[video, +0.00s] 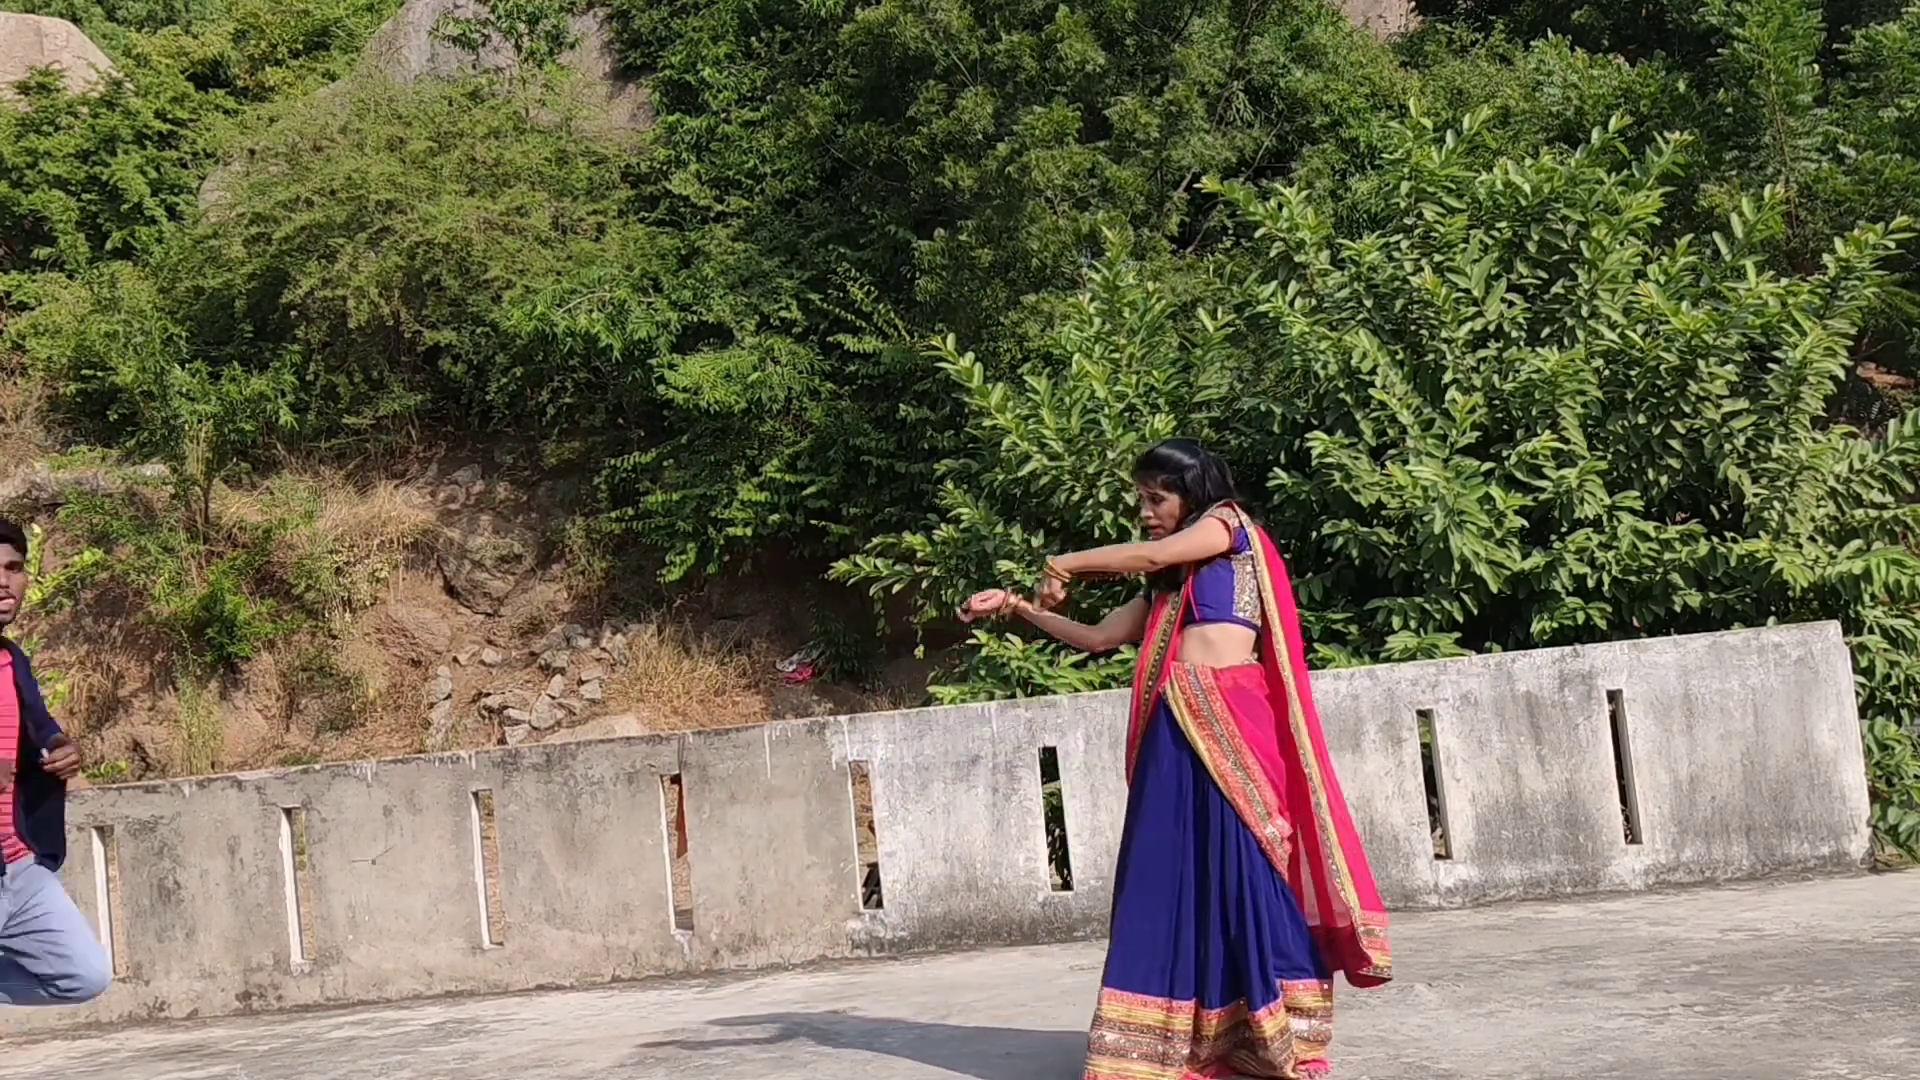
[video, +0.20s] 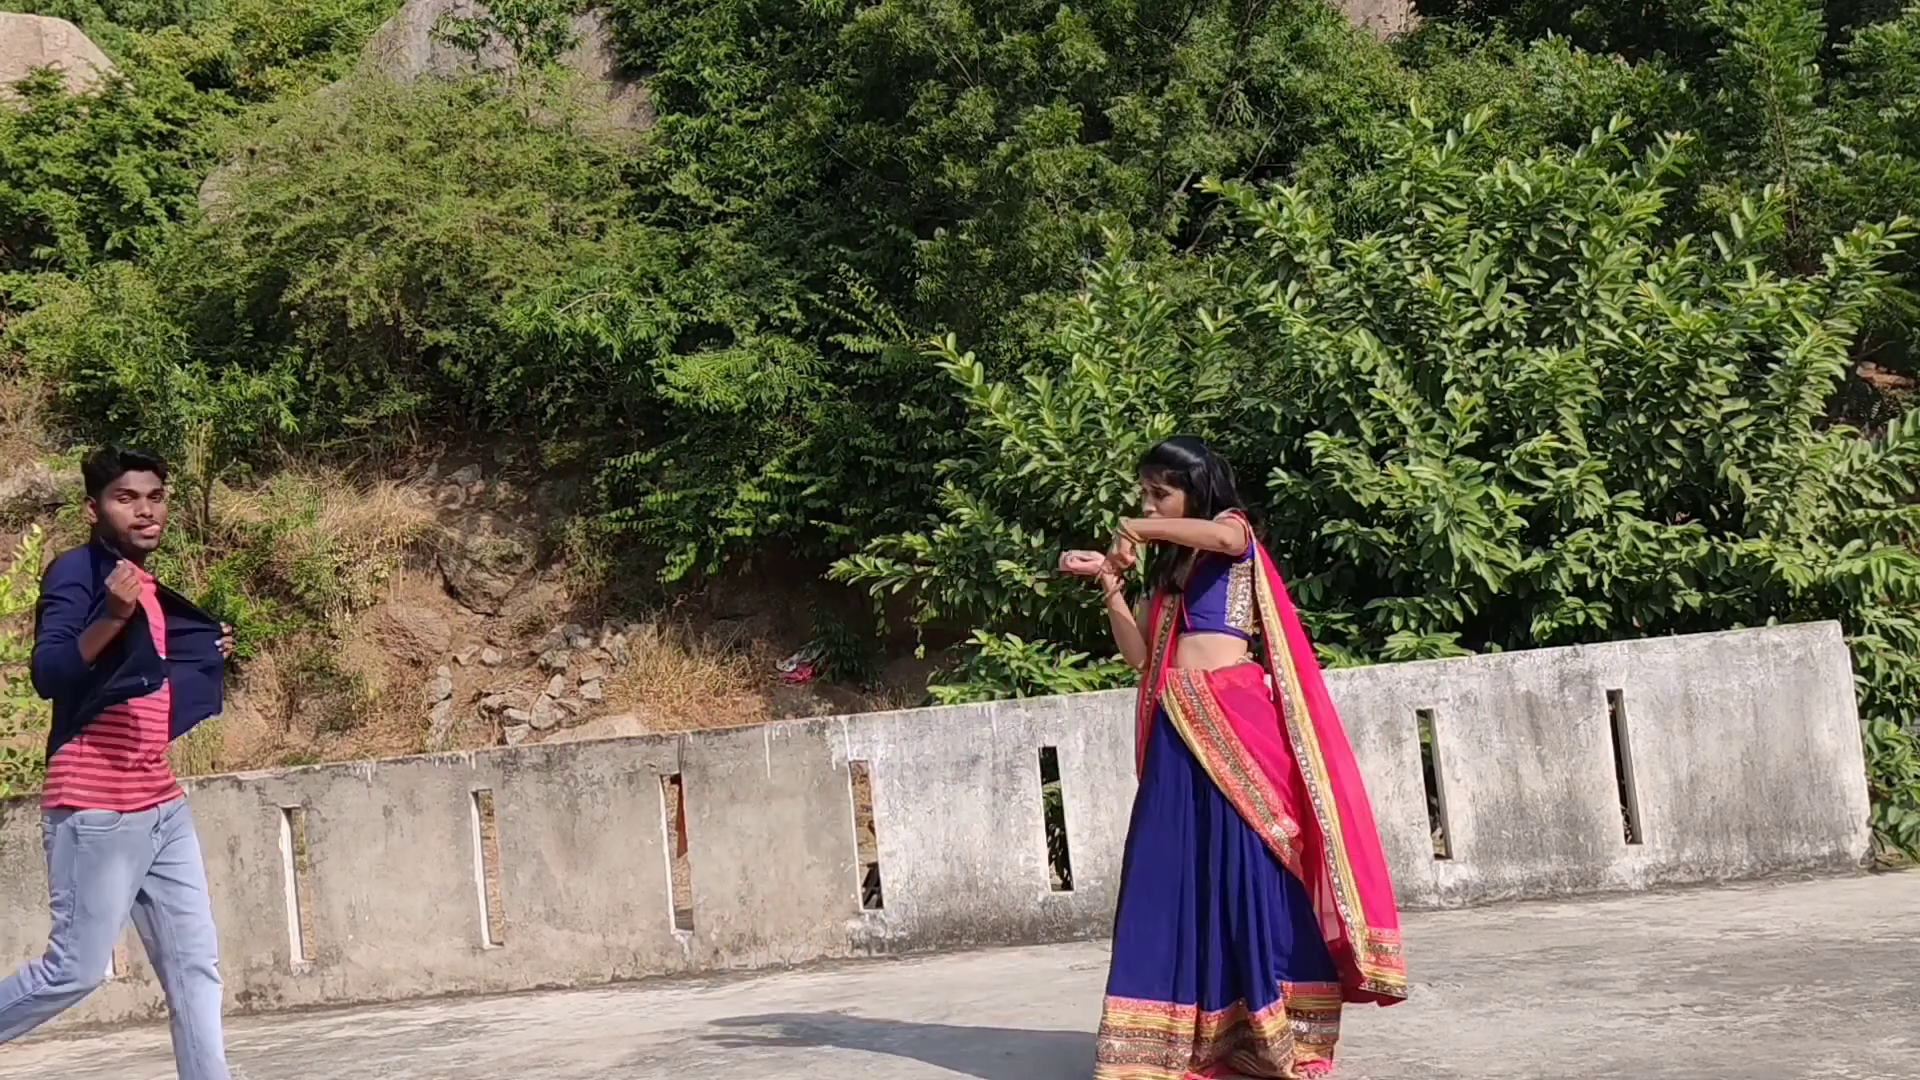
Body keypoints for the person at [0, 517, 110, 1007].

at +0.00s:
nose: (4, 582)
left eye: (13, 568)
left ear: (27, 579)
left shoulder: (14, 662)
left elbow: (39, 729)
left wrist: (63, 753)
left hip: (13, 861)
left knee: (83, 975)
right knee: (79, 974)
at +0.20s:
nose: (147, 510)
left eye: (156, 497)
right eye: (129, 498)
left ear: (166, 506)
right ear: (96, 508)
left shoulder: (145, 581)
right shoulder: (76, 572)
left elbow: (137, 669)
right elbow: (48, 675)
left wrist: (202, 650)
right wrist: (113, 618)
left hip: (159, 799)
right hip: (93, 805)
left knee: (194, 966)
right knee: (75, 970)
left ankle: (208, 1075)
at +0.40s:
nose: (313, 556)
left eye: (315, 544)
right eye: (298, 546)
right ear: (252, 551)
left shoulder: (295, 630)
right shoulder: (225, 618)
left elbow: (322, 711)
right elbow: (185, 704)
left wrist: (349, 734)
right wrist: (277, 727)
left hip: (311, 821)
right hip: (254, 826)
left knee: (335, 982)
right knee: (344, 962)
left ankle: (279, 1077)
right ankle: (175, 932)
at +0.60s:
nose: (466, 499)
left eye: (471, 486)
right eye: (453, 485)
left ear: (468, 487)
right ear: (408, 484)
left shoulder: (471, 562)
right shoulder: (364, 556)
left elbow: (494, 648)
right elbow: (310, 668)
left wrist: (556, 631)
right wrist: (364, 638)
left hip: (456, 761)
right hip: (418, 765)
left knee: (413, 936)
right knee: (516, 912)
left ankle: (277, 1063)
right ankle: (550, 1073)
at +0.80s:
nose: (600, 516)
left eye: (606, 504)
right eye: (582, 505)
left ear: (613, 512)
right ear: (545, 513)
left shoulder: (619, 591)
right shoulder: (526, 594)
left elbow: (641, 678)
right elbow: (479, 695)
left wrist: (673, 721)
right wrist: (579, 720)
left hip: (640, 792)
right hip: (589, 800)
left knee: (662, 944)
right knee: (674, 940)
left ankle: (508, 936)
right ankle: (664, 1074)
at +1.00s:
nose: (711, 479)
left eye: (722, 467)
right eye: (695, 467)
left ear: (735, 473)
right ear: (667, 473)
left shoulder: (732, 542)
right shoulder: (647, 534)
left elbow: (733, 625)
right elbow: (585, 597)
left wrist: (759, 675)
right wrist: (690, 614)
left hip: (759, 755)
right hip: (693, 770)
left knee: (855, 863)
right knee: (715, 918)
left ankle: (834, 1040)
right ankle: (675, 1072)